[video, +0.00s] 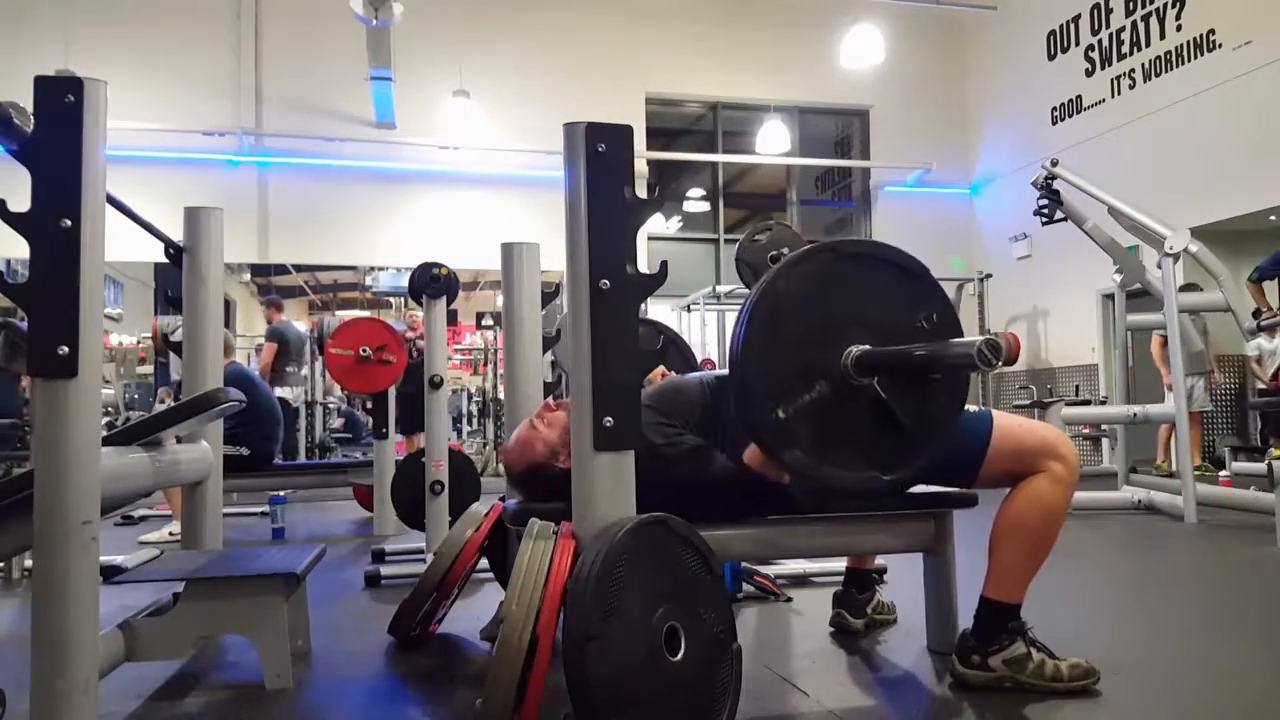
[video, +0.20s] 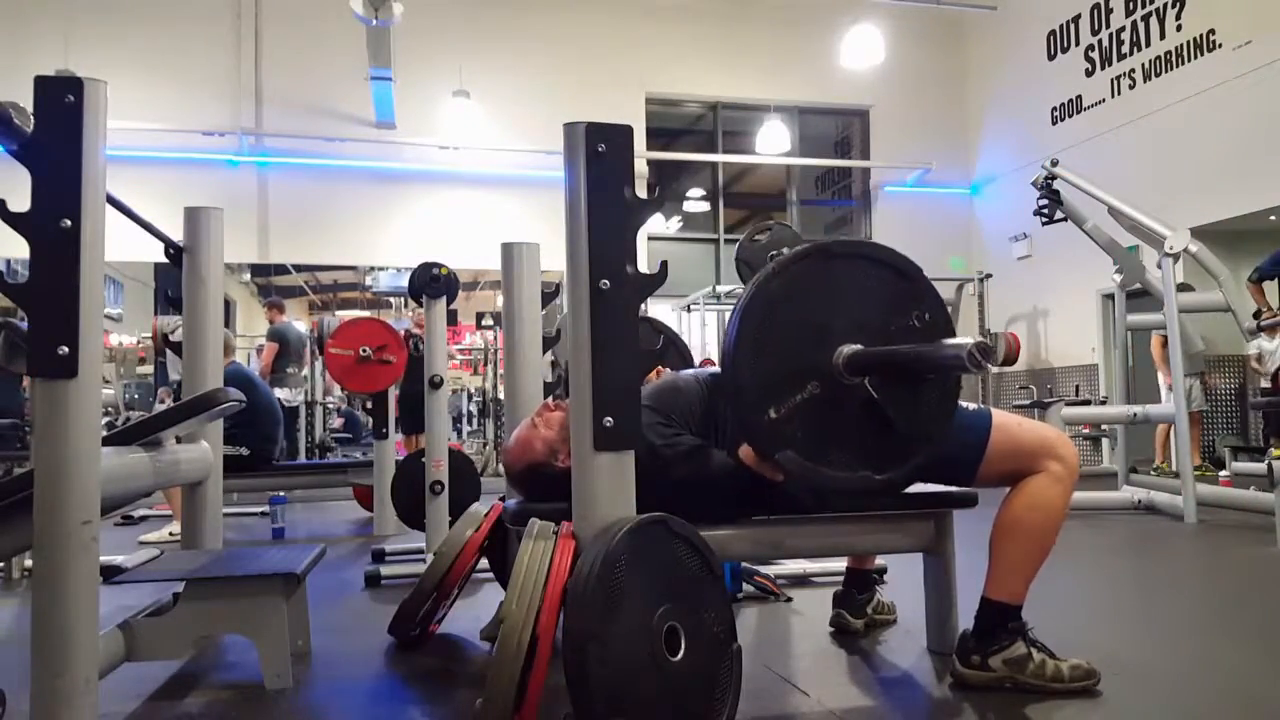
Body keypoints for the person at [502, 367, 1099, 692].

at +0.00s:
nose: (544, 409)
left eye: (533, 415)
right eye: (537, 427)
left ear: (554, 437)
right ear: (556, 459)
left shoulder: (614, 427)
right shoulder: (629, 442)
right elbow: (763, 468)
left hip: (802, 438)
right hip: (828, 451)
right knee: (1053, 455)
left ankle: (856, 595)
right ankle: (993, 639)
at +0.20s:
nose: (545, 408)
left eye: (534, 415)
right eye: (538, 426)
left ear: (554, 437)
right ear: (556, 458)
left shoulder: (615, 426)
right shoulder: (629, 445)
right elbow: (762, 464)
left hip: (805, 432)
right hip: (837, 437)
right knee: (1053, 455)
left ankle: (856, 595)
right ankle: (993, 639)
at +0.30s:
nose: (542, 407)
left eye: (531, 416)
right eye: (536, 424)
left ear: (550, 436)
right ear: (553, 453)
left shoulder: (612, 420)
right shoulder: (621, 450)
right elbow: (746, 451)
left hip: (799, 424)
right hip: (832, 433)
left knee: (890, 446)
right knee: (1052, 455)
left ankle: (855, 597)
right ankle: (993, 640)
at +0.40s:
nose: (531, 423)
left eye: (523, 425)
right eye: (526, 433)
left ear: (538, 438)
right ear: (545, 458)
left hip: (758, 436)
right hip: (813, 437)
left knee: (890, 423)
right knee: (1051, 454)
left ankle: (858, 594)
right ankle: (992, 644)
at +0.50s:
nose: (534, 408)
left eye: (522, 414)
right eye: (529, 425)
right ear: (549, 459)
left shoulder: (606, 427)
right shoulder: (601, 453)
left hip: (773, 435)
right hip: (823, 435)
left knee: (887, 440)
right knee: (1046, 452)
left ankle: (859, 590)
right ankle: (993, 640)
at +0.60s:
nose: (531, 418)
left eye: (520, 421)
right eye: (526, 432)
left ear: (543, 449)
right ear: (550, 461)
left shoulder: (587, 441)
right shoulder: (614, 457)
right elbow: (692, 389)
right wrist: (702, 268)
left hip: (794, 424)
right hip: (827, 429)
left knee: (914, 429)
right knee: (1046, 449)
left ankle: (861, 594)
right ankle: (991, 642)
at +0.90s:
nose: (541, 411)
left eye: (530, 414)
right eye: (530, 427)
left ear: (551, 448)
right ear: (546, 467)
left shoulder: (603, 434)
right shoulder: (611, 444)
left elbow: (646, 316)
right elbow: (650, 309)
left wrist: (662, 192)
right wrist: (664, 188)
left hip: (808, 423)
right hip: (830, 434)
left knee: (912, 436)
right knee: (1043, 449)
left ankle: (857, 594)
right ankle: (992, 639)